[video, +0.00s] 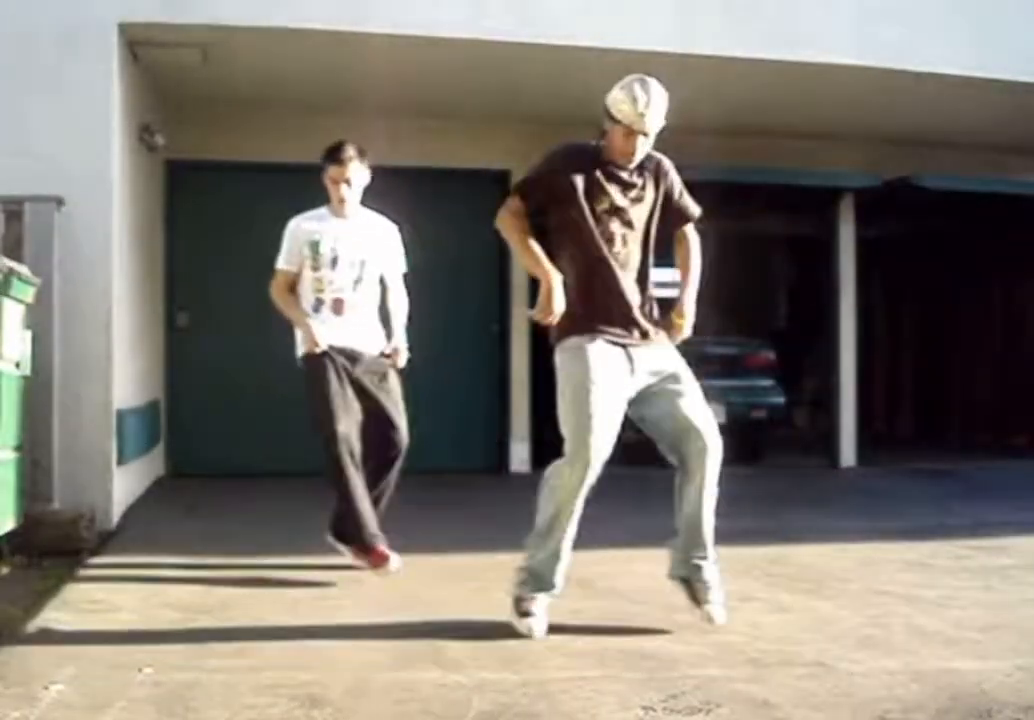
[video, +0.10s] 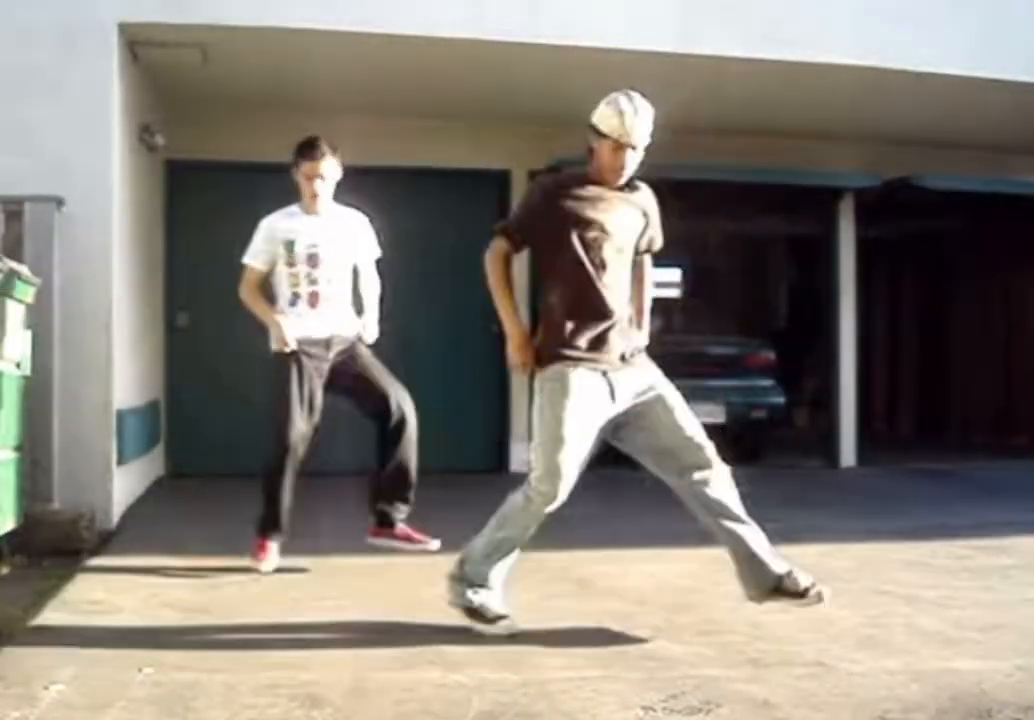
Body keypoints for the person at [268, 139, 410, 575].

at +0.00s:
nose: (343, 189)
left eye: (351, 181)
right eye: (336, 181)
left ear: (365, 181)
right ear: (325, 181)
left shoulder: (385, 231)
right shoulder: (302, 228)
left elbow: (396, 290)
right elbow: (280, 288)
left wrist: (398, 335)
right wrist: (304, 325)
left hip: (373, 348)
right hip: (326, 347)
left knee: (394, 438)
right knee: (343, 439)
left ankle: (350, 525)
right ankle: (369, 538)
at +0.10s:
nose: (317, 186)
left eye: (324, 177)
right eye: (309, 177)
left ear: (337, 176)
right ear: (296, 177)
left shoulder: (356, 224)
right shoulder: (275, 227)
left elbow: (369, 278)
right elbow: (248, 288)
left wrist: (370, 322)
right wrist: (274, 320)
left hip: (347, 340)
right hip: (300, 343)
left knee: (399, 409)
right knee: (292, 436)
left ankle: (390, 520)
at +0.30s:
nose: (284, 213)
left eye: (290, 205)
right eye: (275, 205)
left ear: (298, 209)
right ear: (257, 210)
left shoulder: (313, 256)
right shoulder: (238, 267)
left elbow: (310, 311)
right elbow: (206, 325)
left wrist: (329, 346)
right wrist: (239, 363)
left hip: (313, 380)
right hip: (263, 384)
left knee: (371, 457)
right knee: (228, 468)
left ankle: (440, 531)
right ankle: (176, 541)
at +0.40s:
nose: (286, 204)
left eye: (292, 195)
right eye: (277, 196)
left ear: (300, 196)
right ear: (260, 199)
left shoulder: (317, 239)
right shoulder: (246, 252)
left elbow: (316, 287)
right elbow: (211, 309)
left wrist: (349, 300)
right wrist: (250, 341)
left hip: (329, 364)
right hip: (278, 369)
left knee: (374, 442)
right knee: (237, 451)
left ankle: (417, 536)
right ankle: (184, 537)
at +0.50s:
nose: (316, 185)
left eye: (323, 176)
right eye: (307, 177)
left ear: (336, 176)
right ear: (295, 180)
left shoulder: (355, 218)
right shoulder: (278, 226)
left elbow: (360, 258)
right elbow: (245, 281)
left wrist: (397, 276)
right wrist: (279, 313)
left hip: (356, 338)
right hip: (305, 340)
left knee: (399, 416)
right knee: (277, 432)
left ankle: (388, 520)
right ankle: (251, 529)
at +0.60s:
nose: (345, 194)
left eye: (352, 185)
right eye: (338, 186)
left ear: (366, 185)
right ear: (326, 188)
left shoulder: (388, 233)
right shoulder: (306, 234)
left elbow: (394, 282)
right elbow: (280, 286)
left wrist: (409, 313)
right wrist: (297, 321)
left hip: (373, 344)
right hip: (323, 343)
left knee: (390, 434)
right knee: (325, 432)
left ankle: (348, 512)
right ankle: (350, 520)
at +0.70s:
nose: (378, 204)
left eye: (385, 195)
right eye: (371, 196)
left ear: (400, 194)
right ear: (360, 197)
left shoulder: (420, 241)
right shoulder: (342, 243)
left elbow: (442, 305)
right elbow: (313, 297)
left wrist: (452, 278)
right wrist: (334, 331)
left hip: (403, 358)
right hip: (357, 353)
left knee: (393, 453)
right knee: (370, 446)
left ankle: (336, 522)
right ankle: (406, 536)